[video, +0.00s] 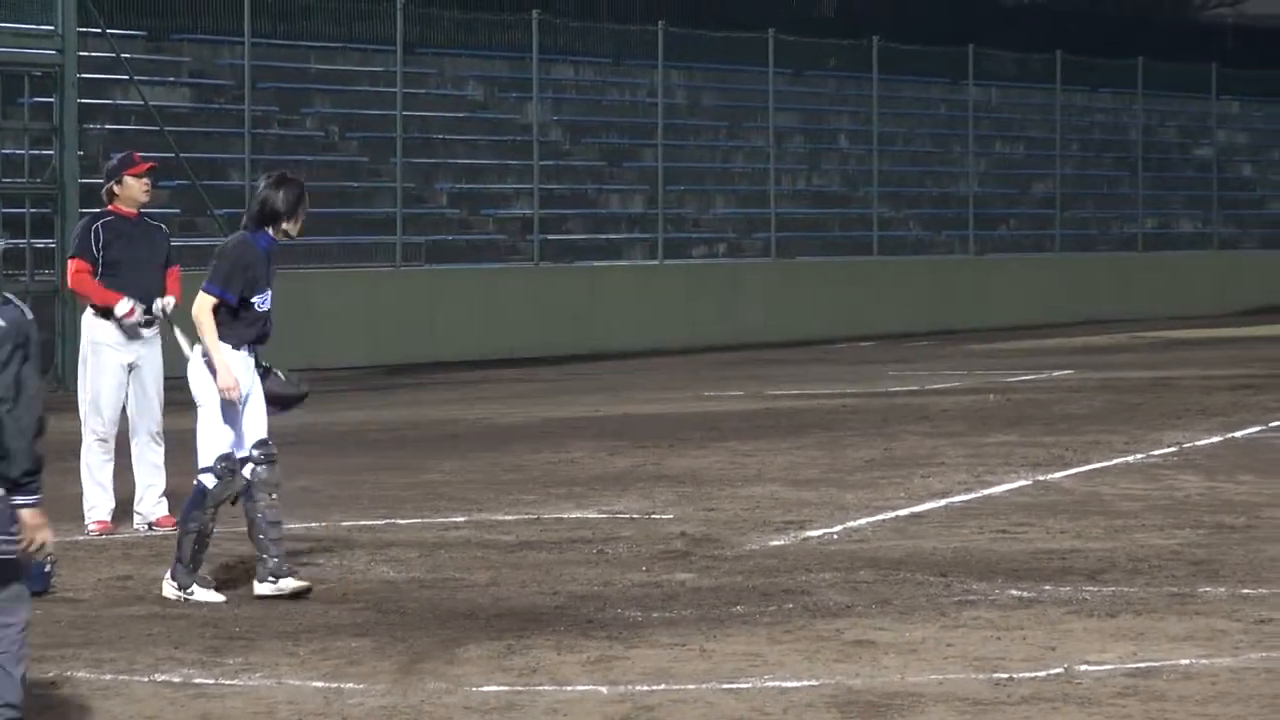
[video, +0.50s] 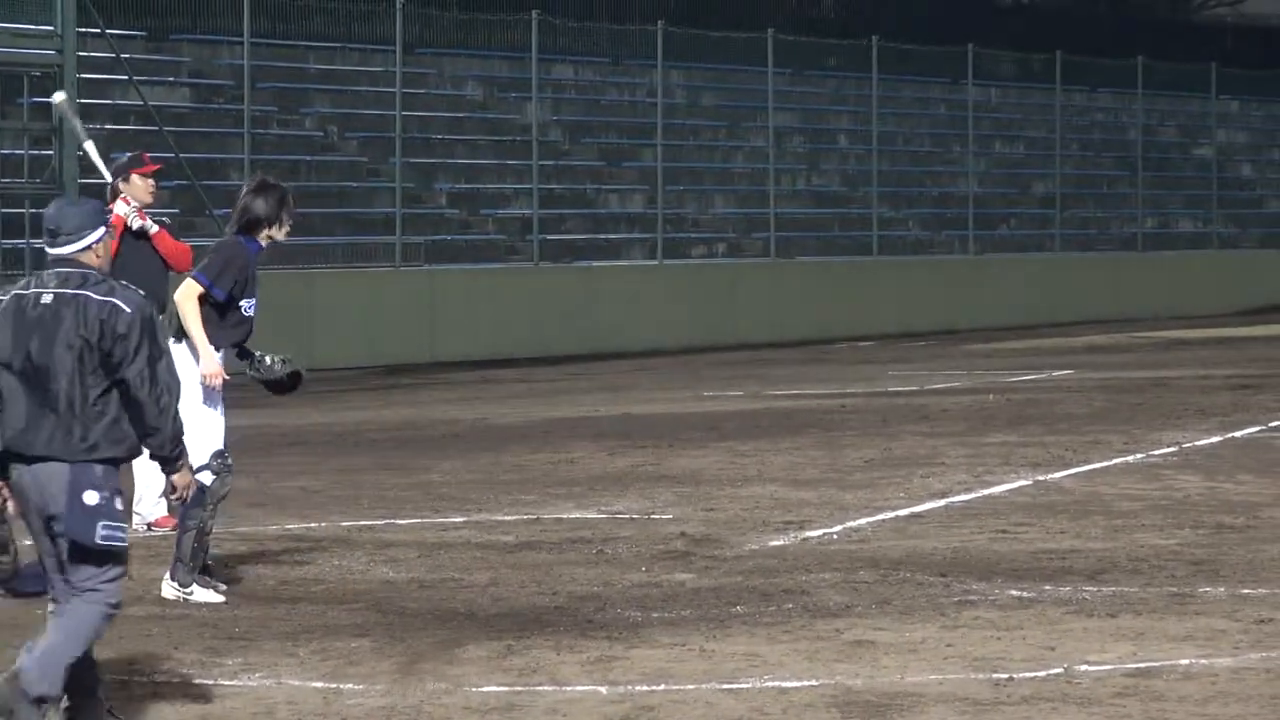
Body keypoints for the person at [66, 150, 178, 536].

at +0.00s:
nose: (149, 184)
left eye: (149, 178)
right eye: (141, 178)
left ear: (141, 185)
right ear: (117, 185)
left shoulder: (158, 231)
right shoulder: (94, 225)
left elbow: (172, 271)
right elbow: (76, 278)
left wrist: (170, 296)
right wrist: (119, 303)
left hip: (149, 335)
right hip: (105, 334)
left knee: (149, 427)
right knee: (100, 428)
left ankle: (152, 510)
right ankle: (98, 515)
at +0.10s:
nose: (150, 183)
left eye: (149, 178)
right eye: (142, 178)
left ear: (136, 185)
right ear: (118, 184)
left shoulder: (154, 228)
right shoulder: (95, 225)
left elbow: (179, 273)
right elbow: (81, 276)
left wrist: (168, 276)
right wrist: (132, 275)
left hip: (149, 334)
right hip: (106, 333)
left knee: (150, 425)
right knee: (101, 426)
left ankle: (151, 508)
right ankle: (99, 512)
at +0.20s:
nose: (149, 185)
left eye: (149, 180)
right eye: (143, 180)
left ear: (135, 186)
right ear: (120, 185)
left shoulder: (157, 227)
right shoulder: (95, 225)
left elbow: (184, 272)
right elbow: (83, 274)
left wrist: (163, 253)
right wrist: (127, 251)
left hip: (150, 334)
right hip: (109, 333)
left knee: (150, 424)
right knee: (102, 421)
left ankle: (151, 508)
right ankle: (98, 513)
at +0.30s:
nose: (152, 184)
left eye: (152, 178)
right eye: (145, 178)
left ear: (139, 186)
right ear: (120, 185)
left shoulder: (156, 225)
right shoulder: (96, 223)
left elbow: (189, 265)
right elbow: (90, 270)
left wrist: (157, 242)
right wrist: (125, 231)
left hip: (150, 334)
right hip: (106, 335)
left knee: (151, 422)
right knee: (102, 424)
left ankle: (151, 509)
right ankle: (98, 514)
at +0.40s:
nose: (153, 183)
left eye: (152, 177)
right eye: (145, 178)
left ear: (146, 185)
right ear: (122, 182)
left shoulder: (155, 225)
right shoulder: (100, 222)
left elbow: (187, 262)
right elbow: (96, 267)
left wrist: (151, 231)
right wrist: (119, 223)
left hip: (152, 332)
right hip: (109, 332)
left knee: (147, 418)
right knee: (103, 418)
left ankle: (151, 507)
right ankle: (102, 510)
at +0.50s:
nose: (153, 183)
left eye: (154, 178)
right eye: (146, 178)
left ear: (147, 185)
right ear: (123, 183)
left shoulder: (156, 224)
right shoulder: (104, 221)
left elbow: (185, 261)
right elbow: (98, 264)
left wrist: (151, 228)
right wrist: (116, 222)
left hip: (154, 335)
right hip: (108, 334)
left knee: (151, 419)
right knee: (109, 420)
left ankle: (151, 508)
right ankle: (103, 504)